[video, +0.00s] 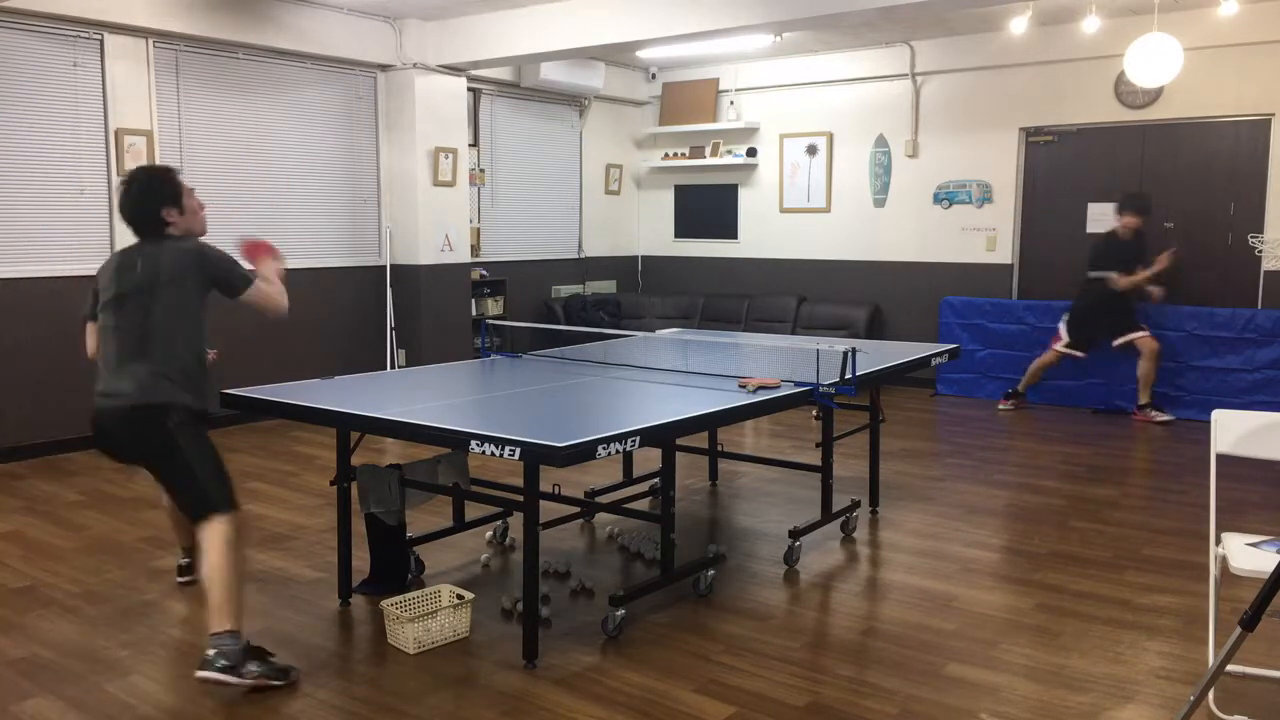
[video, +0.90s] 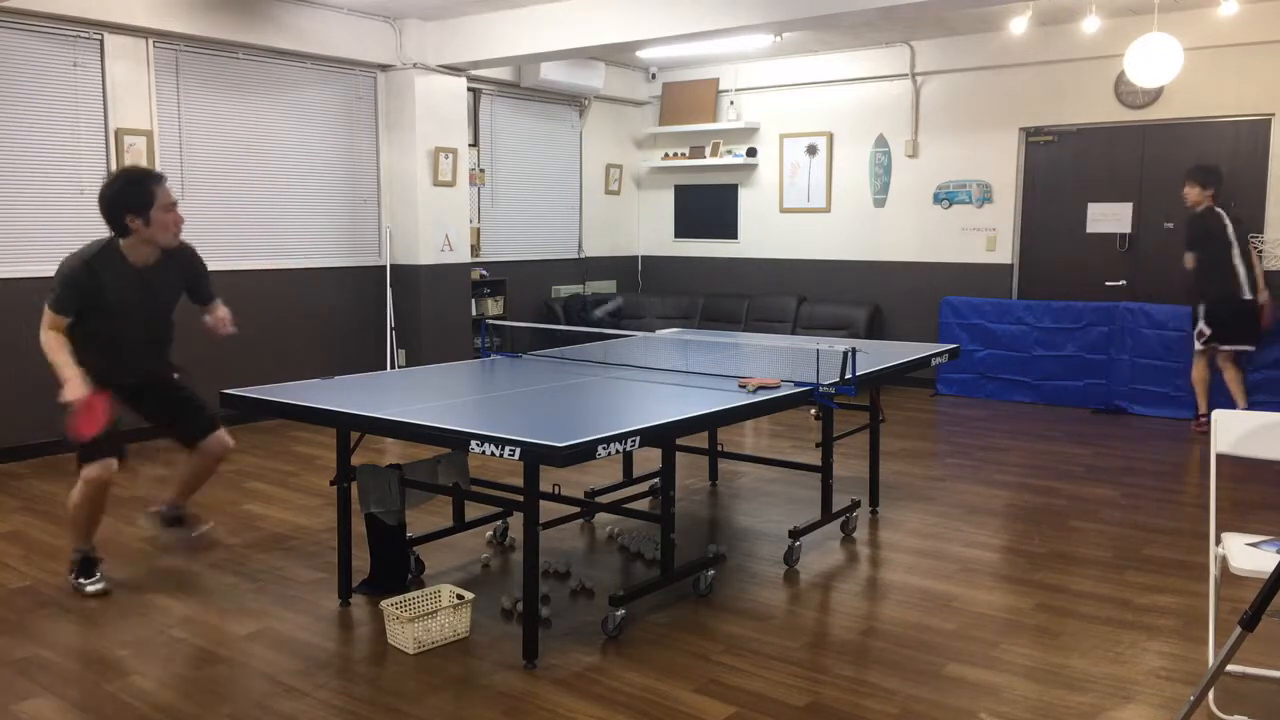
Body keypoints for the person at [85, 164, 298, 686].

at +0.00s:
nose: (201, 205)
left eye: (196, 196)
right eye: (192, 199)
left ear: (145, 219)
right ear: (170, 215)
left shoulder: (112, 267)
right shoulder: (196, 254)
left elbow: (95, 348)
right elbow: (275, 304)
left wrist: (183, 355)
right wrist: (273, 272)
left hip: (112, 414)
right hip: (165, 410)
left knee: (176, 475)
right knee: (217, 513)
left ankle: (188, 556)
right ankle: (225, 645)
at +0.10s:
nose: (210, 187)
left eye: (205, 179)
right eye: (201, 181)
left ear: (163, 197)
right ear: (176, 195)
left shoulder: (132, 242)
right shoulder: (186, 239)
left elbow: (100, 321)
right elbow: (247, 306)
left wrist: (178, 344)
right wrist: (277, 282)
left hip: (103, 387)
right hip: (137, 387)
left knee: (190, 451)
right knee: (189, 495)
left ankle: (190, 548)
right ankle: (196, 636)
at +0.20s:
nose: (211, 165)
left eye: (206, 156)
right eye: (201, 158)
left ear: (165, 172)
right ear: (174, 170)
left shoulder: (137, 217)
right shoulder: (160, 217)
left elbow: (94, 288)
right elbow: (202, 292)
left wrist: (163, 331)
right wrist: (254, 271)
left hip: (125, 367)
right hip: (110, 371)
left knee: (180, 461)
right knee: (167, 481)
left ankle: (192, 551)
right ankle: (118, 623)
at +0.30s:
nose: (205, 156)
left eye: (200, 147)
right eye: (196, 149)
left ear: (159, 160)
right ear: (167, 159)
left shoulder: (130, 203)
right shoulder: (149, 207)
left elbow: (88, 277)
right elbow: (166, 293)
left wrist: (152, 315)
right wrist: (237, 273)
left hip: (110, 367)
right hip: (95, 371)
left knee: (166, 453)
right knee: (133, 490)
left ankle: (177, 545)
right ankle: (45, 619)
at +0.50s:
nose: (191, 193)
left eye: (187, 183)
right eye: (182, 185)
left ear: (153, 199)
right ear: (152, 199)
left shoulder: (143, 250)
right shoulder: (121, 253)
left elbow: (126, 330)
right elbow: (122, 344)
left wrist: (173, 345)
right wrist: (203, 328)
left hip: (102, 393)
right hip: (65, 399)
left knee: (162, 468)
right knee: (114, 508)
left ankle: (117, 549)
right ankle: (28, 636)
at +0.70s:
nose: (187, 199)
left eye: (183, 189)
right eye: (177, 193)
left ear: (156, 206)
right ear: (146, 209)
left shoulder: (174, 245)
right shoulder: (99, 259)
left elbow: (181, 298)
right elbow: (75, 344)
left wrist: (210, 326)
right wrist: (146, 349)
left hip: (118, 382)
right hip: (71, 383)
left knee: (173, 466)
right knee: (84, 484)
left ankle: (115, 552)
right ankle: (52, 614)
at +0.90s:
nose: (180, 216)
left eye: (176, 205)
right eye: (168, 209)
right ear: (134, 223)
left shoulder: (181, 258)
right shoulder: (84, 269)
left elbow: (211, 304)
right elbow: (50, 332)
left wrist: (220, 319)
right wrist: (72, 377)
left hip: (151, 372)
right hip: (95, 379)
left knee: (216, 445)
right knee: (100, 469)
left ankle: (173, 511)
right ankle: (83, 559)